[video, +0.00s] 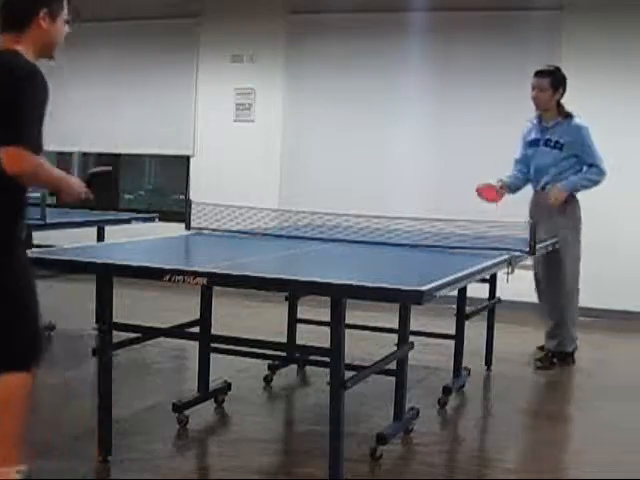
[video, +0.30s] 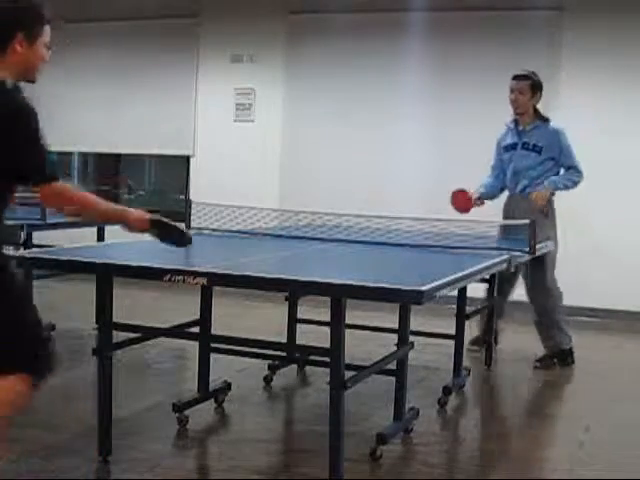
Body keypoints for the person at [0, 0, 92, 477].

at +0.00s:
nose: (65, 32)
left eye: (66, 22)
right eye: (63, 20)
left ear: (28, 19)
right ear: (42, 19)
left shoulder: (8, 69)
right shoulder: (23, 75)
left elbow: (16, 155)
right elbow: (15, 156)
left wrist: (56, 178)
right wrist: (63, 181)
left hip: (6, 243)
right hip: (3, 245)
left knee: (16, 346)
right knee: (17, 349)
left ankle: (10, 463)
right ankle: (9, 465)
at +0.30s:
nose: (46, 58)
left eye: (48, 48)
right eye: (44, 47)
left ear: (16, 44)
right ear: (19, 43)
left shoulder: (8, 101)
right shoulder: (11, 105)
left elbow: (51, 190)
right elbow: (54, 194)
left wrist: (123, 214)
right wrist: (127, 216)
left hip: (2, 258)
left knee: (26, 356)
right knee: (27, 359)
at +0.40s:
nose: (57, 49)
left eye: (58, 39)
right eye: (54, 38)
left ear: (18, 36)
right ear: (26, 37)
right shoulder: (30, 97)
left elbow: (87, 166)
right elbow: (91, 169)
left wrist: (167, 209)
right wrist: (170, 210)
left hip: (2, 248)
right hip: (0, 249)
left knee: (25, 351)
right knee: (29, 353)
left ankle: (14, 468)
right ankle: (12, 470)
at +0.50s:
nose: (67, 51)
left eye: (69, 41)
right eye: (65, 41)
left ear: (15, 39)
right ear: (40, 41)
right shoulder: (52, 102)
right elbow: (126, 158)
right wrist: (190, 187)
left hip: (5, 253)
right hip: (3, 254)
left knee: (24, 360)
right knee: (30, 364)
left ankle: (11, 468)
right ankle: (11, 472)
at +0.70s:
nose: (81, 36)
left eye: (81, 25)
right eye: (79, 25)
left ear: (22, 25)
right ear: (59, 29)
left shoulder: (4, 70)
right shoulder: (73, 92)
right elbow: (110, 161)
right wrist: (137, 158)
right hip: (22, 255)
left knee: (21, 374)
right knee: (31, 379)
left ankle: (14, 467)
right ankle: (15, 473)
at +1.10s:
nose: (71, 15)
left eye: (71, 8)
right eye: (71, 8)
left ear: (13, 10)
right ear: (58, 10)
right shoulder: (67, 73)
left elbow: (90, 157)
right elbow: (92, 156)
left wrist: (71, 200)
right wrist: (74, 200)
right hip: (21, 228)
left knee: (29, 353)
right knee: (32, 355)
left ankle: (21, 466)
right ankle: (22, 469)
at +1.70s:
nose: (80, 55)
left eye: (80, 47)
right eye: (81, 47)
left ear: (26, 47)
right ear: (70, 48)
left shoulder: (5, 91)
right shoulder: (56, 102)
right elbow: (60, 182)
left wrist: (86, 207)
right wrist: (99, 218)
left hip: (8, 264)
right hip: (20, 267)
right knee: (74, 369)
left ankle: (25, 468)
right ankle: (25, 469)